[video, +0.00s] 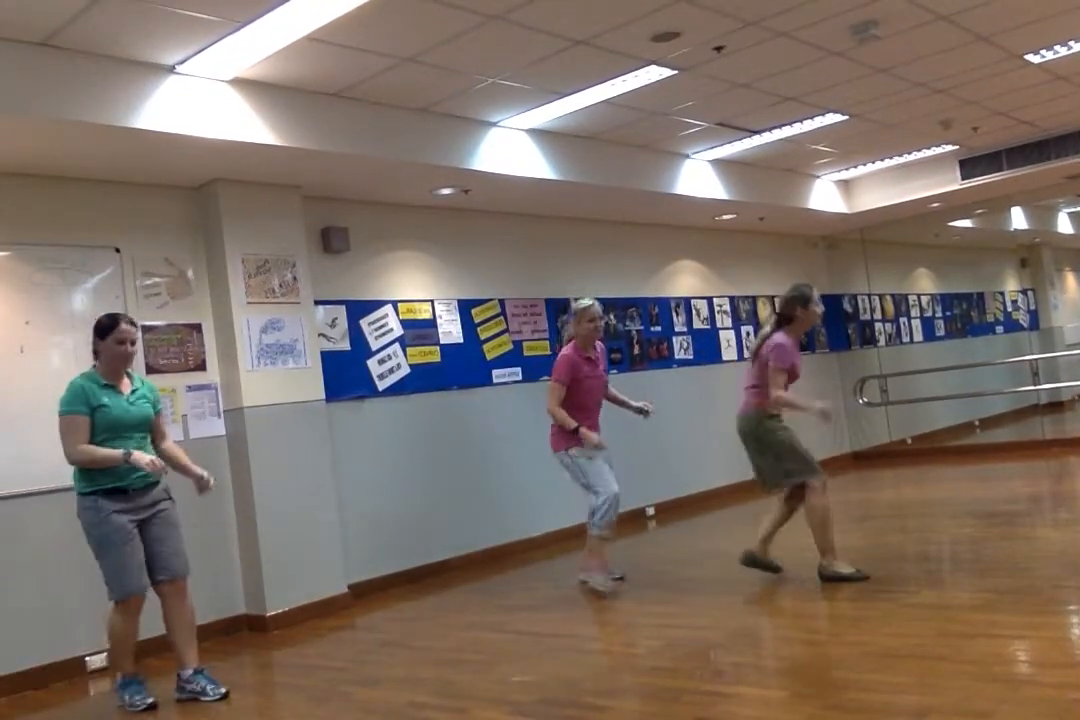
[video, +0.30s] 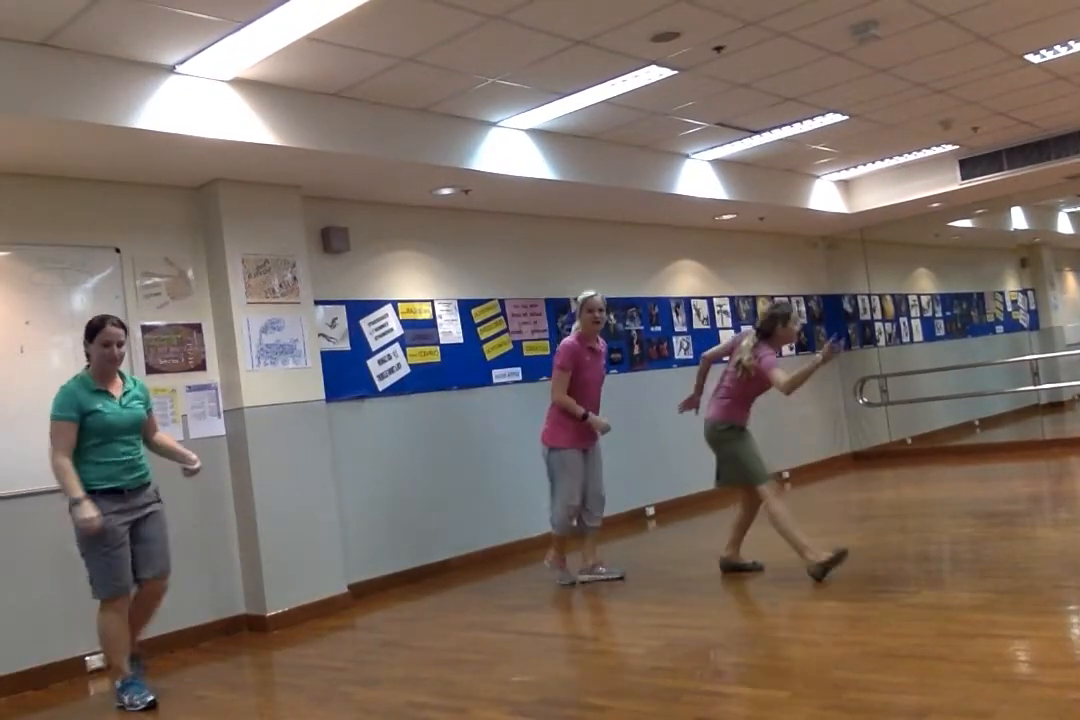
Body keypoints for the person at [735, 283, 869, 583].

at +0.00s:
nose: (820, 312)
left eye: (819, 306)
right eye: (815, 307)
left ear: (796, 311)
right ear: (798, 311)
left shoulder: (778, 340)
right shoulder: (781, 344)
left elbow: (765, 392)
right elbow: (776, 395)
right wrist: (814, 406)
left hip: (756, 420)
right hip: (761, 421)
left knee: (800, 487)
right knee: (815, 481)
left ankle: (759, 551)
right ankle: (829, 562)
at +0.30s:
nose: (798, 330)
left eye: (797, 325)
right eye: (794, 325)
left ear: (772, 326)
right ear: (779, 328)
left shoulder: (745, 339)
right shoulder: (765, 357)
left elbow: (707, 358)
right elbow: (786, 386)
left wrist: (696, 394)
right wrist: (819, 360)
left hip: (718, 425)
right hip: (728, 428)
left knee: (752, 497)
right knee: (768, 492)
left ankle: (730, 556)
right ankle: (813, 559)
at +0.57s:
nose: (768, 308)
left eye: (767, 302)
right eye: (763, 302)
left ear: (749, 307)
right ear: (745, 306)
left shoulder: (745, 336)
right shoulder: (729, 339)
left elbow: (734, 371)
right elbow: (710, 384)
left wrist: (754, 391)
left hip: (724, 410)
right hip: (708, 411)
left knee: (739, 480)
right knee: (741, 476)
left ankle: (733, 554)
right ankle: (729, 555)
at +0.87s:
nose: (733, 297)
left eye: (736, 292)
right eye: (726, 291)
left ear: (738, 299)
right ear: (711, 296)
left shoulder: (735, 333)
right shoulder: (693, 333)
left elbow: (732, 375)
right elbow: (676, 369)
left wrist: (770, 400)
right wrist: (680, 400)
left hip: (726, 422)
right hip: (698, 423)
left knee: (742, 489)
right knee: (704, 495)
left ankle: (730, 549)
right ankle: (697, 564)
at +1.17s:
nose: (735, 292)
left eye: (739, 287)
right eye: (728, 287)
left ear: (744, 294)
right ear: (716, 293)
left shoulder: (743, 331)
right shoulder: (708, 324)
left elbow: (738, 372)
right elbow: (701, 363)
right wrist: (733, 353)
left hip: (742, 417)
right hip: (710, 419)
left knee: (748, 491)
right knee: (709, 494)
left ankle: (747, 567)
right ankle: (707, 560)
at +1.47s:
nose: (764, 288)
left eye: (765, 283)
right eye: (757, 282)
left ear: (765, 289)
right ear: (741, 288)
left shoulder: (758, 324)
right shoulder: (733, 324)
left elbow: (762, 374)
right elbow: (721, 375)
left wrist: (799, 387)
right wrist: (731, 421)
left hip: (759, 410)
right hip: (745, 411)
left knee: (761, 491)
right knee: (793, 467)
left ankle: (749, 568)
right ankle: (759, 540)